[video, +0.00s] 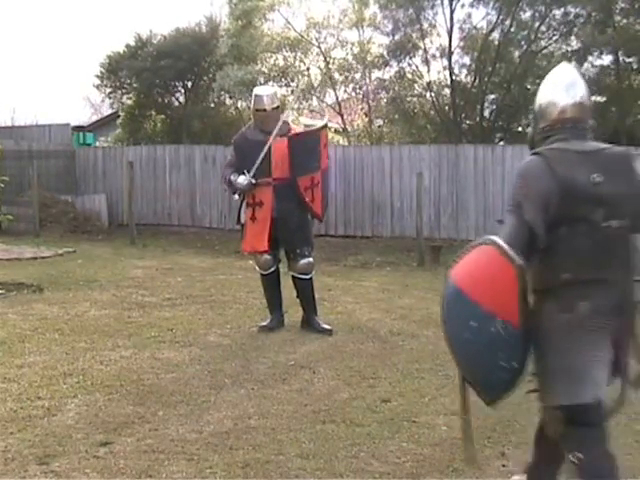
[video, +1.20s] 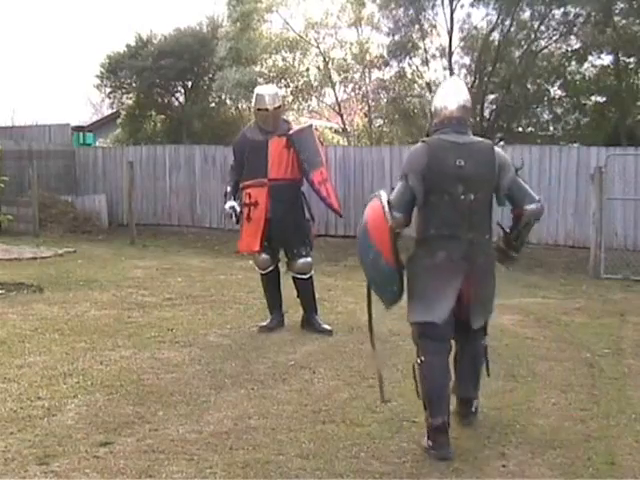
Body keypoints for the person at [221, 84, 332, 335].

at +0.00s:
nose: (265, 115)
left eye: (269, 110)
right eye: (261, 111)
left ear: (278, 109)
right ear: (254, 111)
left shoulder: (293, 135)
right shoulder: (244, 140)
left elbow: (310, 165)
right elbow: (229, 170)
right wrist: (236, 180)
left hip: (293, 206)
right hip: (262, 207)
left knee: (303, 261)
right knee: (265, 260)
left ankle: (310, 316)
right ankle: (276, 316)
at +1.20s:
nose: (267, 116)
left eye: (271, 110)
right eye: (261, 111)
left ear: (280, 109)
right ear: (254, 111)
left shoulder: (293, 135)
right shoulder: (244, 140)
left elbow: (312, 166)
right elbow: (235, 175)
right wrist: (231, 199)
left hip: (291, 207)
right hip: (258, 210)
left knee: (302, 262)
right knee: (264, 261)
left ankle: (310, 316)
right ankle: (276, 315)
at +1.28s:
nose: (265, 116)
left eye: (270, 110)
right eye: (260, 111)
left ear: (279, 109)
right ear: (253, 111)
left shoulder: (293, 134)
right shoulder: (243, 139)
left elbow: (311, 165)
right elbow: (234, 173)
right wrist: (230, 199)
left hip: (290, 206)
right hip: (258, 209)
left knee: (302, 261)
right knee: (264, 261)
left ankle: (311, 316)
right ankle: (276, 315)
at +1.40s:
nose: (261, 117)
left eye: (266, 111)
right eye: (256, 112)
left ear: (276, 109)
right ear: (250, 111)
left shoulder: (291, 134)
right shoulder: (240, 139)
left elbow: (309, 169)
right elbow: (231, 175)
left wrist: (305, 137)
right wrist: (229, 200)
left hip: (290, 205)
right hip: (257, 207)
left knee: (303, 260)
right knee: (264, 260)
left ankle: (312, 315)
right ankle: (275, 315)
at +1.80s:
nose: (256, 117)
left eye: (260, 112)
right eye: (251, 112)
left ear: (270, 109)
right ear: (244, 111)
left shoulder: (286, 133)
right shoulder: (234, 139)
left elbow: (306, 166)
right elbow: (222, 170)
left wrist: (299, 136)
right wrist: (222, 190)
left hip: (287, 200)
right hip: (255, 205)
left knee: (300, 255)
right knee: (265, 258)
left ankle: (279, 297)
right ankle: (276, 314)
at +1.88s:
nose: (254, 118)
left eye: (259, 112)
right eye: (250, 112)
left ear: (269, 110)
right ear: (244, 110)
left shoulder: (287, 134)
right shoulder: (234, 138)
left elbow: (306, 165)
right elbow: (221, 171)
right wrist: (222, 187)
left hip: (287, 199)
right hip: (255, 203)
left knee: (297, 256)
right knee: (265, 258)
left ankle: (269, 288)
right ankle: (275, 314)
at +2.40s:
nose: (268, 118)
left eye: (273, 114)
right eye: (264, 113)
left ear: (278, 113)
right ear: (254, 110)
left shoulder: (286, 137)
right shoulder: (238, 134)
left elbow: (300, 169)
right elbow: (221, 164)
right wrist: (226, 174)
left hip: (277, 200)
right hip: (247, 200)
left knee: (275, 257)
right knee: (252, 252)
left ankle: (259, 303)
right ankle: (263, 305)